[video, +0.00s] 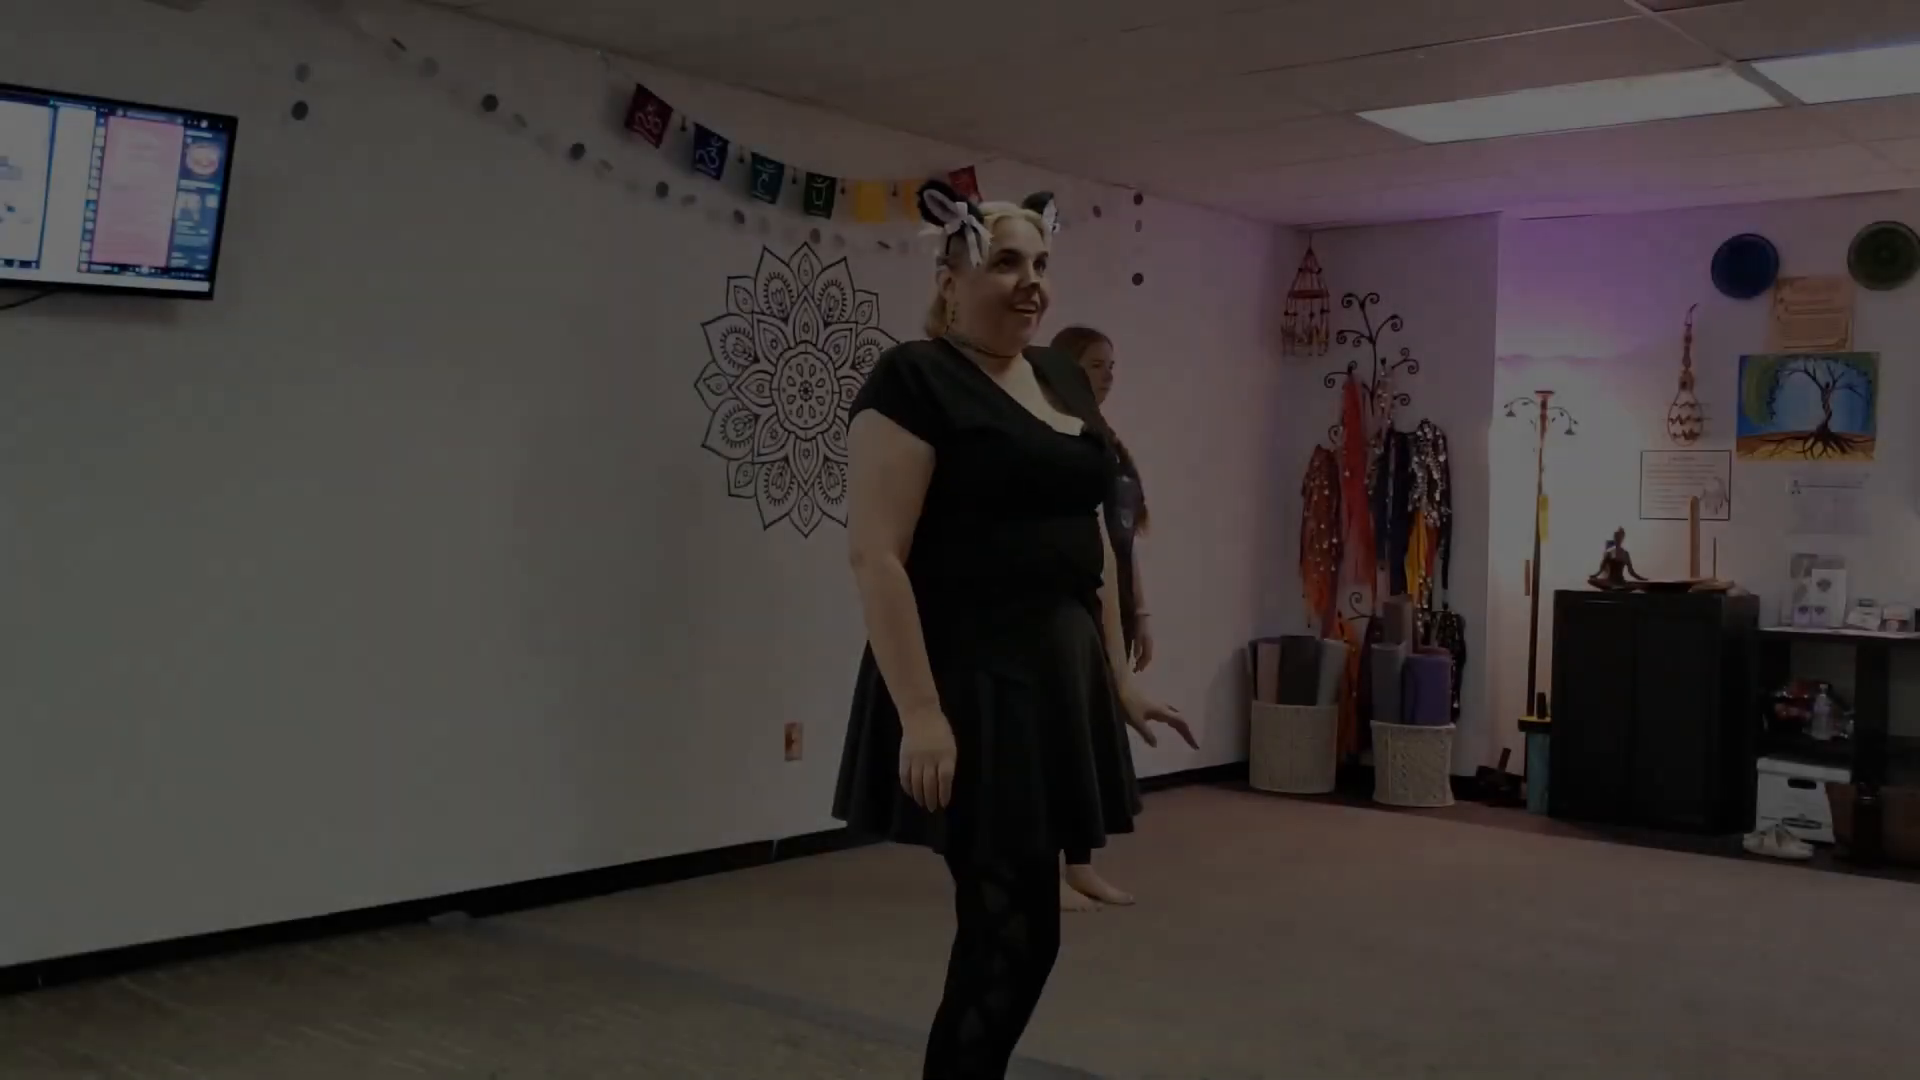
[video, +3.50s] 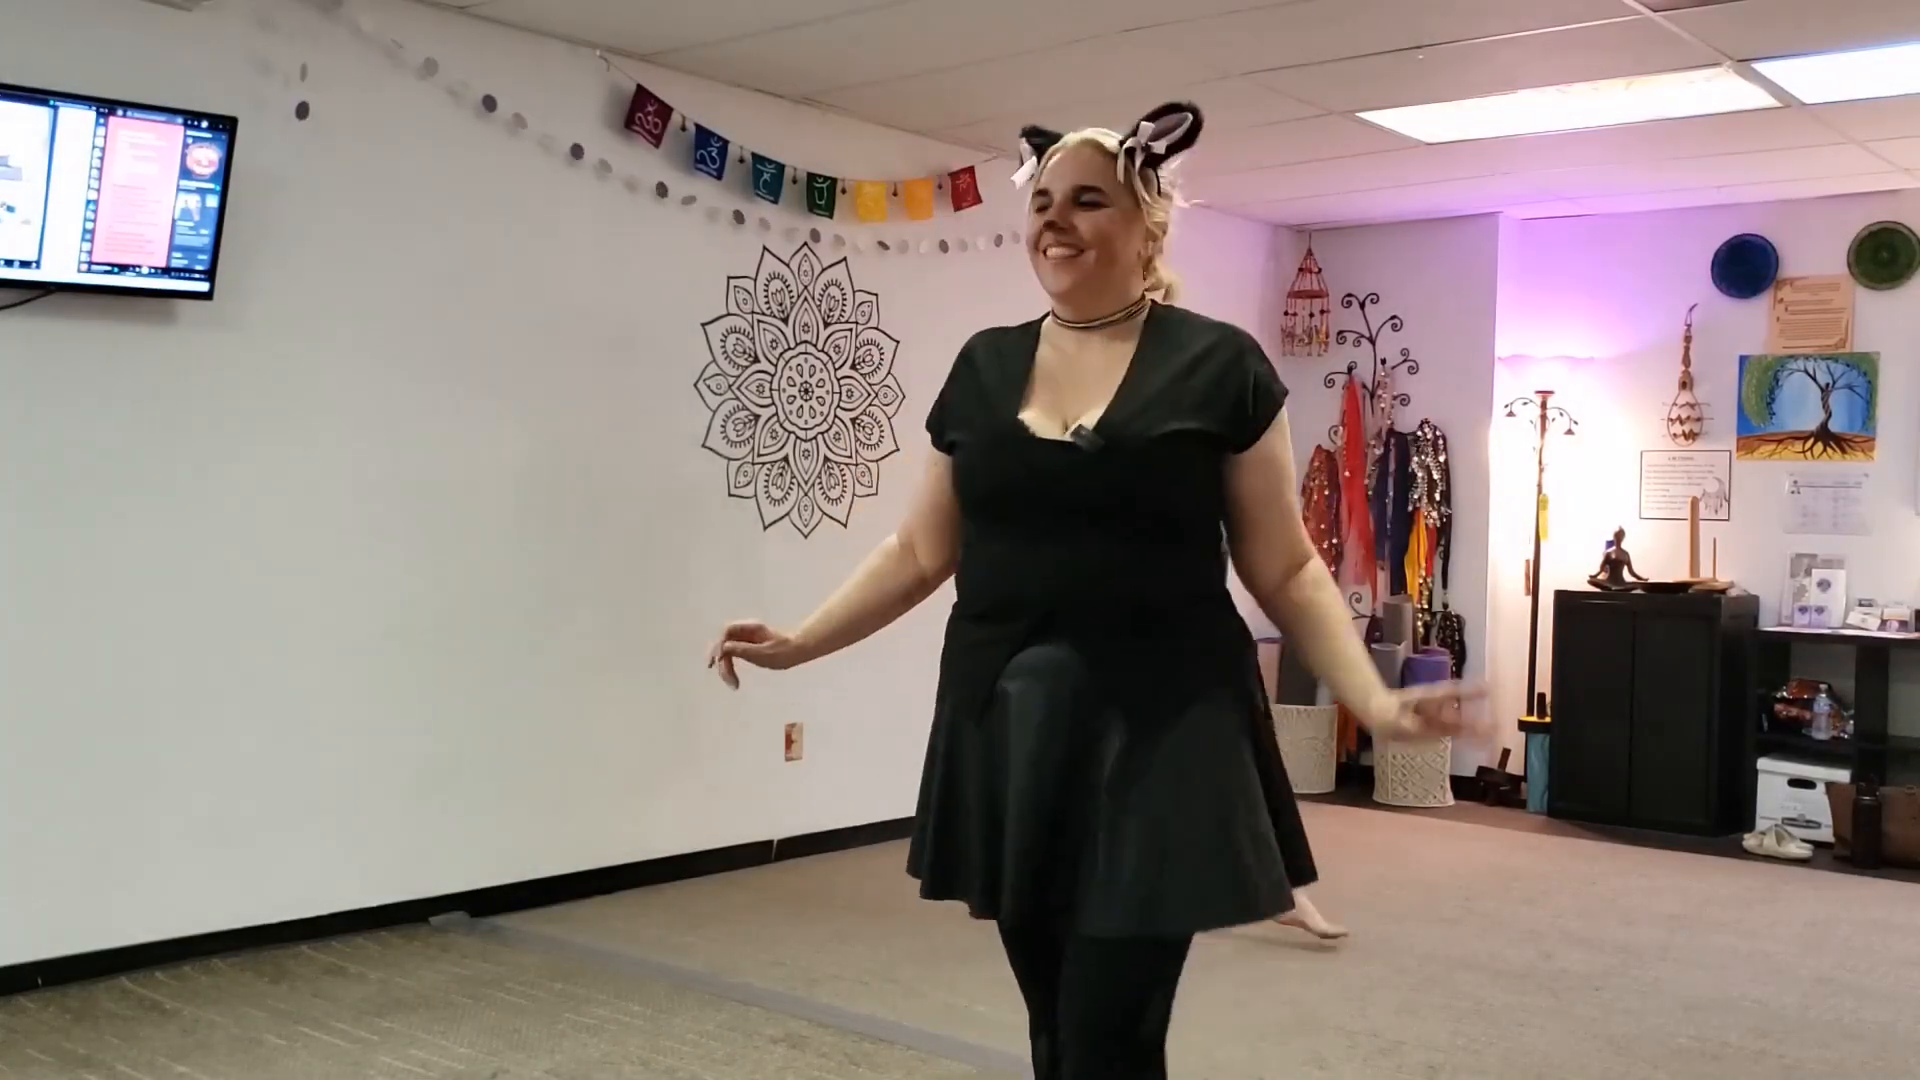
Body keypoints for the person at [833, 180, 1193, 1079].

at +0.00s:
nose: (1032, 281)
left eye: (1042, 265)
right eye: (1008, 263)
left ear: (1049, 278)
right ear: (952, 279)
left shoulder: (1051, 386)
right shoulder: (913, 380)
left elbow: (1089, 553)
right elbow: (875, 556)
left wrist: (1122, 685)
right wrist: (920, 714)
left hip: (1052, 688)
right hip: (969, 693)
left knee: (1013, 937)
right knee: (1009, 940)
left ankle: (967, 1068)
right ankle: (956, 1071)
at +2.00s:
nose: (1027, 284)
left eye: (1031, 269)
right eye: (1000, 271)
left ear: (1039, 282)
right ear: (941, 298)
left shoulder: (1051, 386)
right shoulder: (910, 379)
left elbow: (1102, 535)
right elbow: (897, 554)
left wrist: (1124, 675)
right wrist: (931, 720)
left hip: (1060, 683)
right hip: (968, 689)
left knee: (1021, 937)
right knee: (1019, 941)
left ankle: (969, 1069)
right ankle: (957, 1072)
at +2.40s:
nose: (1048, 282)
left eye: (1059, 265)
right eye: (1025, 264)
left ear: (1068, 271)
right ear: (967, 272)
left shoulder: (1075, 383)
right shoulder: (921, 375)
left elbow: (1116, 549)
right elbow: (846, 541)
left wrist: (1222, 635)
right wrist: (830, 698)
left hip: (1051, 666)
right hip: (942, 664)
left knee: (990, 918)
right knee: (1074, 898)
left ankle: (965, 1076)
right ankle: (1033, 1070)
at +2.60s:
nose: (1061, 276)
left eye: (1074, 258)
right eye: (1035, 259)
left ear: (1088, 275)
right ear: (989, 276)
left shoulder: (1109, 401)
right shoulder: (945, 376)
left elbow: (1157, 555)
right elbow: (854, 534)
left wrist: (1310, 548)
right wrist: (778, 678)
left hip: (1071, 678)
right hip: (960, 680)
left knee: (999, 932)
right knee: (1061, 940)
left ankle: (972, 1074)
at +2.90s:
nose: (1079, 266)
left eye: (1096, 247)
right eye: (1054, 253)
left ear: (1127, 268)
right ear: (1023, 284)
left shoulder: (1181, 398)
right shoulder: (982, 389)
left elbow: (1258, 547)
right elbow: (879, 552)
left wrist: (1384, 456)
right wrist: (772, 681)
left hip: (1136, 715)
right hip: (998, 709)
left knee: (1101, 966)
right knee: (1070, 977)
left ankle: (1016, 1065)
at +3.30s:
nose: (1081, 243)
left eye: (1108, 227)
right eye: (1061, 225)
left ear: (1150, 253)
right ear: (1037, 249)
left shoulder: (1214, 364)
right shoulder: (983, 377)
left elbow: (1299, 534)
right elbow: (894, 550)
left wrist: (1424, 547)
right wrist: (766, 637)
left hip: (1180, 718)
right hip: (1024, 721)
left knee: (1168, 996)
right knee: (1073, 1008)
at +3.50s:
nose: (1054, 222)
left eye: (1086, 201)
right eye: (1042, 206)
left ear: (1148, 224)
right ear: (1029, 234)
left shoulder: (1219, 369)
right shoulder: (989, 367)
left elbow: (1286, 569)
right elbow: (918, 551)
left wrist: (1374, 699)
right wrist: (803, 641)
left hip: (1164, 749)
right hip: (1010, 748)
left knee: (1103, 1047)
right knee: (1061, 1041)